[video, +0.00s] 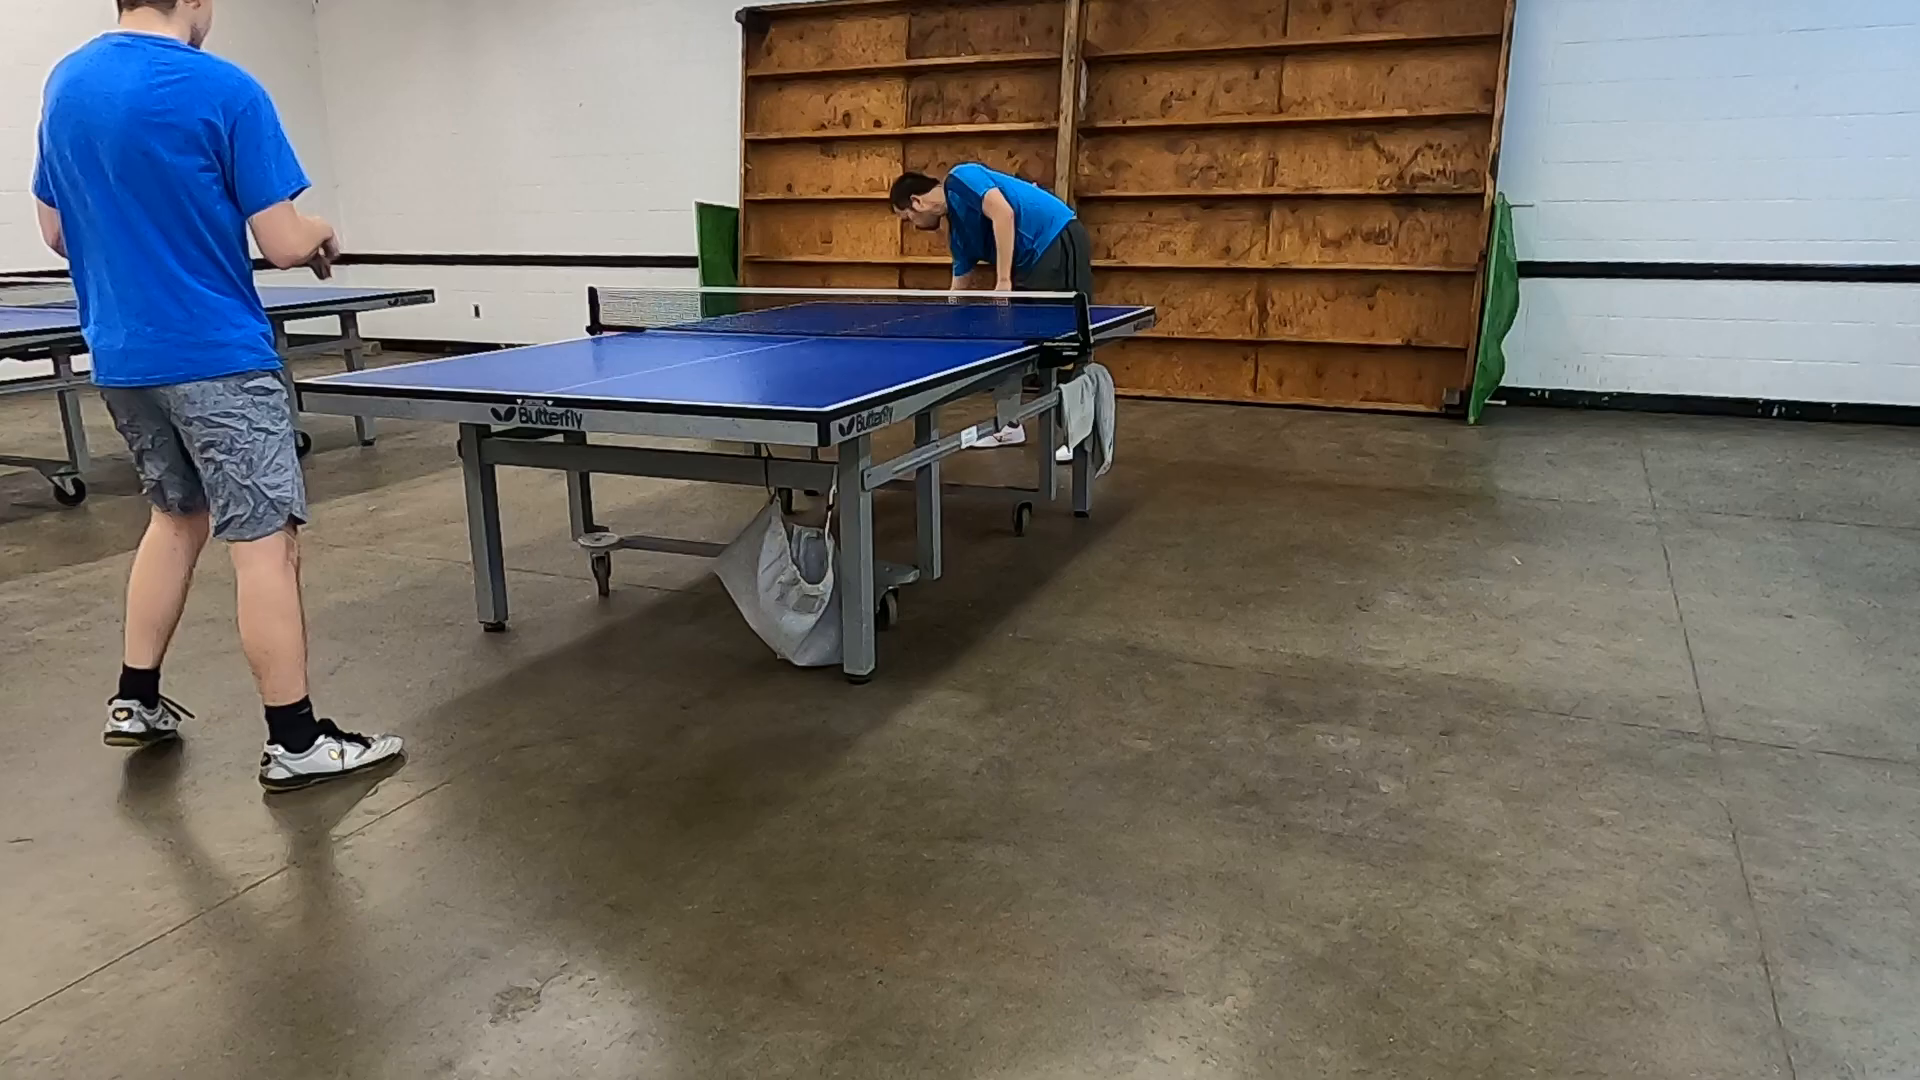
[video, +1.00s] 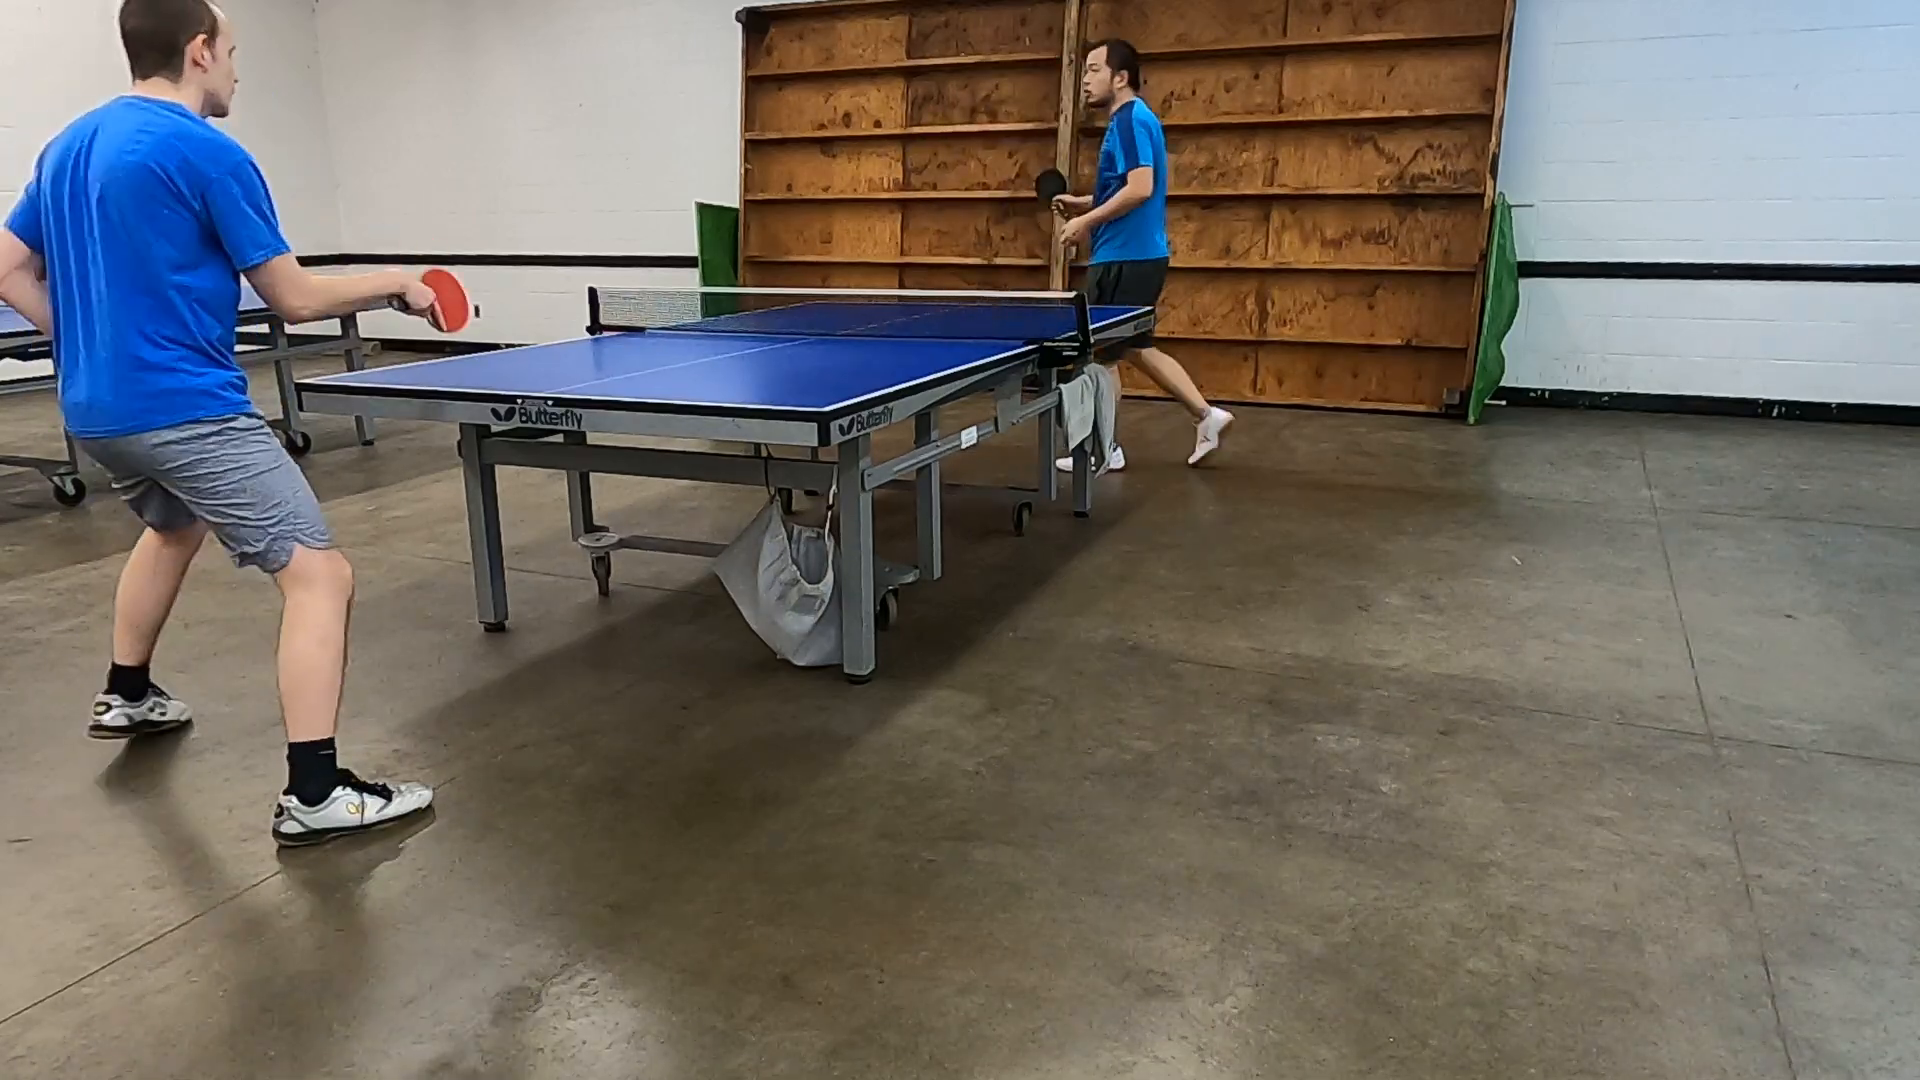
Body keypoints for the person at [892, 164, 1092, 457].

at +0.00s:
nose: (913, 225)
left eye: (908, 218)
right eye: (908, 220)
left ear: (917, 202)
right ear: (920, 202)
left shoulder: (961, 177)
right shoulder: (960, 232)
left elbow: (1003, 213)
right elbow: (960, 285)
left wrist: (1003, 281)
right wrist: (942, 328)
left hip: (1059, 241)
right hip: (1029, 259)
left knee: (1063, 345)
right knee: (1005, 334)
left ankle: (1075, 432)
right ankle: (1008, 423)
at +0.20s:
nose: (922, 196)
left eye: (919, 189)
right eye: (917, 192)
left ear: (930, 172)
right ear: (931, 173)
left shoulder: (978, 160)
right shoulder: (969, 211)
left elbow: (1004, 220)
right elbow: (985, 267)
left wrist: (973, 274)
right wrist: (982, 311)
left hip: (1063, 242)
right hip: (1033, 258)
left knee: (1060, 342)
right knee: (1007, 336)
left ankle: (1099, 422)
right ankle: (1007, 423)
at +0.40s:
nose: (949, 153)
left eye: (950, 142)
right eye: (946, 145)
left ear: (971, 131)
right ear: (972, 135)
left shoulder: (1018, 144)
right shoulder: (996, 171)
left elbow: (1028, 211)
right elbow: (1019, 241)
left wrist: (973, 237)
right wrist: (1019, 281)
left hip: (1069, 252)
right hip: (1040, 262)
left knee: (1059, 353)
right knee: (1006, 334)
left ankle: (1098, 440)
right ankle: (1007, 422)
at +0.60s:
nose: (998, 108)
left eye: (1003, 99)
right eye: (996, 100)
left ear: (1028, 98)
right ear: (1028, 101)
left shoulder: (1060, 130)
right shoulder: (1043, 142)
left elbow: (1062, 201)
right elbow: (1054, 206)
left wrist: (1008, 217)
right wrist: (1042, 240)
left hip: (1088, 255)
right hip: (1066, 257)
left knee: (1067, 353)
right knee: (1040, 340)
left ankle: (1100, 445)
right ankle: (1028, 423)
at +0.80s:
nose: (1044, 86)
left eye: (1051, 77)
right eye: (1044, 77)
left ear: (1078, 81)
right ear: (1077, 82)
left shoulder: (1095, 121)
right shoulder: (1093, 118)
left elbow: (1099, 189)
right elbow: (1099, 188)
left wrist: (1051, 219)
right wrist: (1064, 208)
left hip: (1104, 256)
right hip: (1098, 254)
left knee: (1079, 350)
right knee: (1086, 344)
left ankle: (1102, 448)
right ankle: (1120, 418)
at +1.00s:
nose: (1085, 79)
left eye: (1093, 70)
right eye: (1086, 71)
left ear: (1121, 77)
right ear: (1118, 79)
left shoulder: (1132, 117)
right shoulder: (1127, 119)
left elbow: (1140, 188)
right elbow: (1130, 190)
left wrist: (1086, 220)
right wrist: (1084, 202)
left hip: (1126, 258)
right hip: (1133, 257)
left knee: (1101, 354)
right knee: (1137, 346)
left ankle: (1101, 446)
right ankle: (1207, 415)